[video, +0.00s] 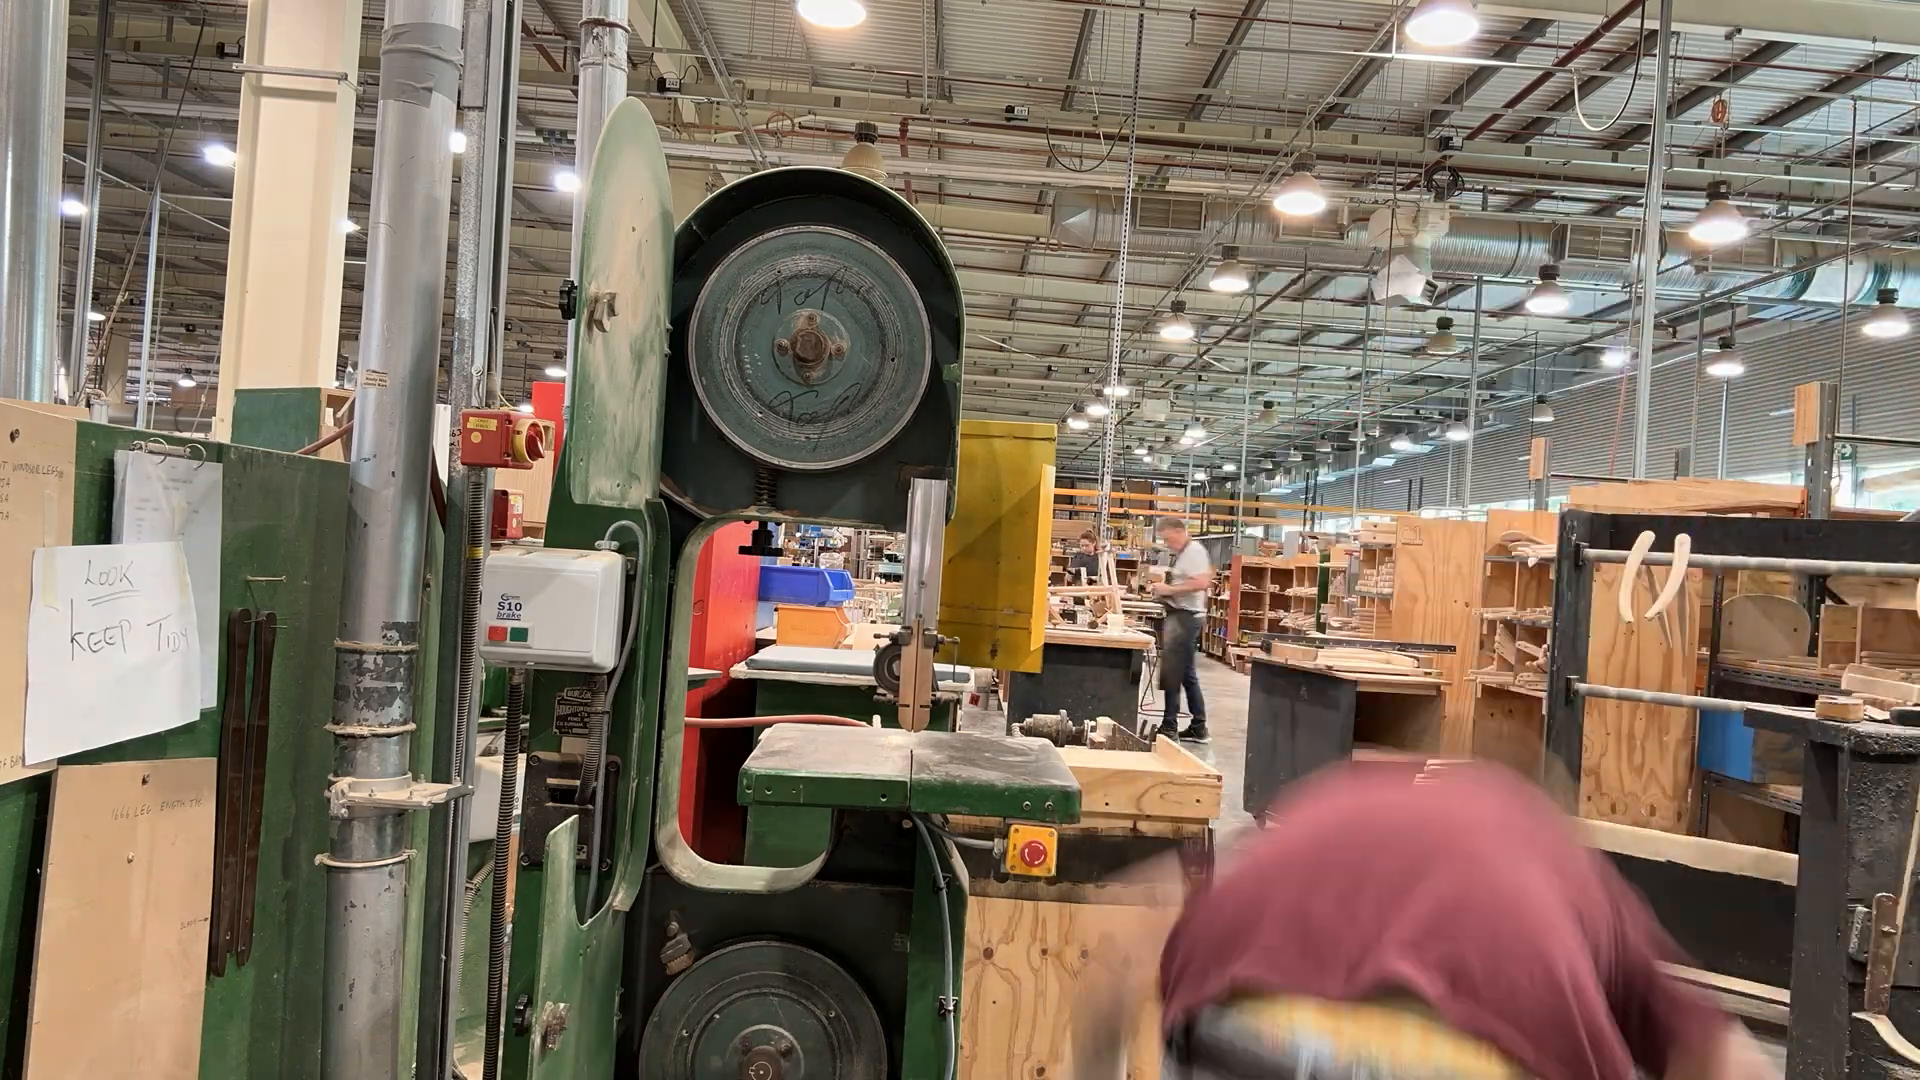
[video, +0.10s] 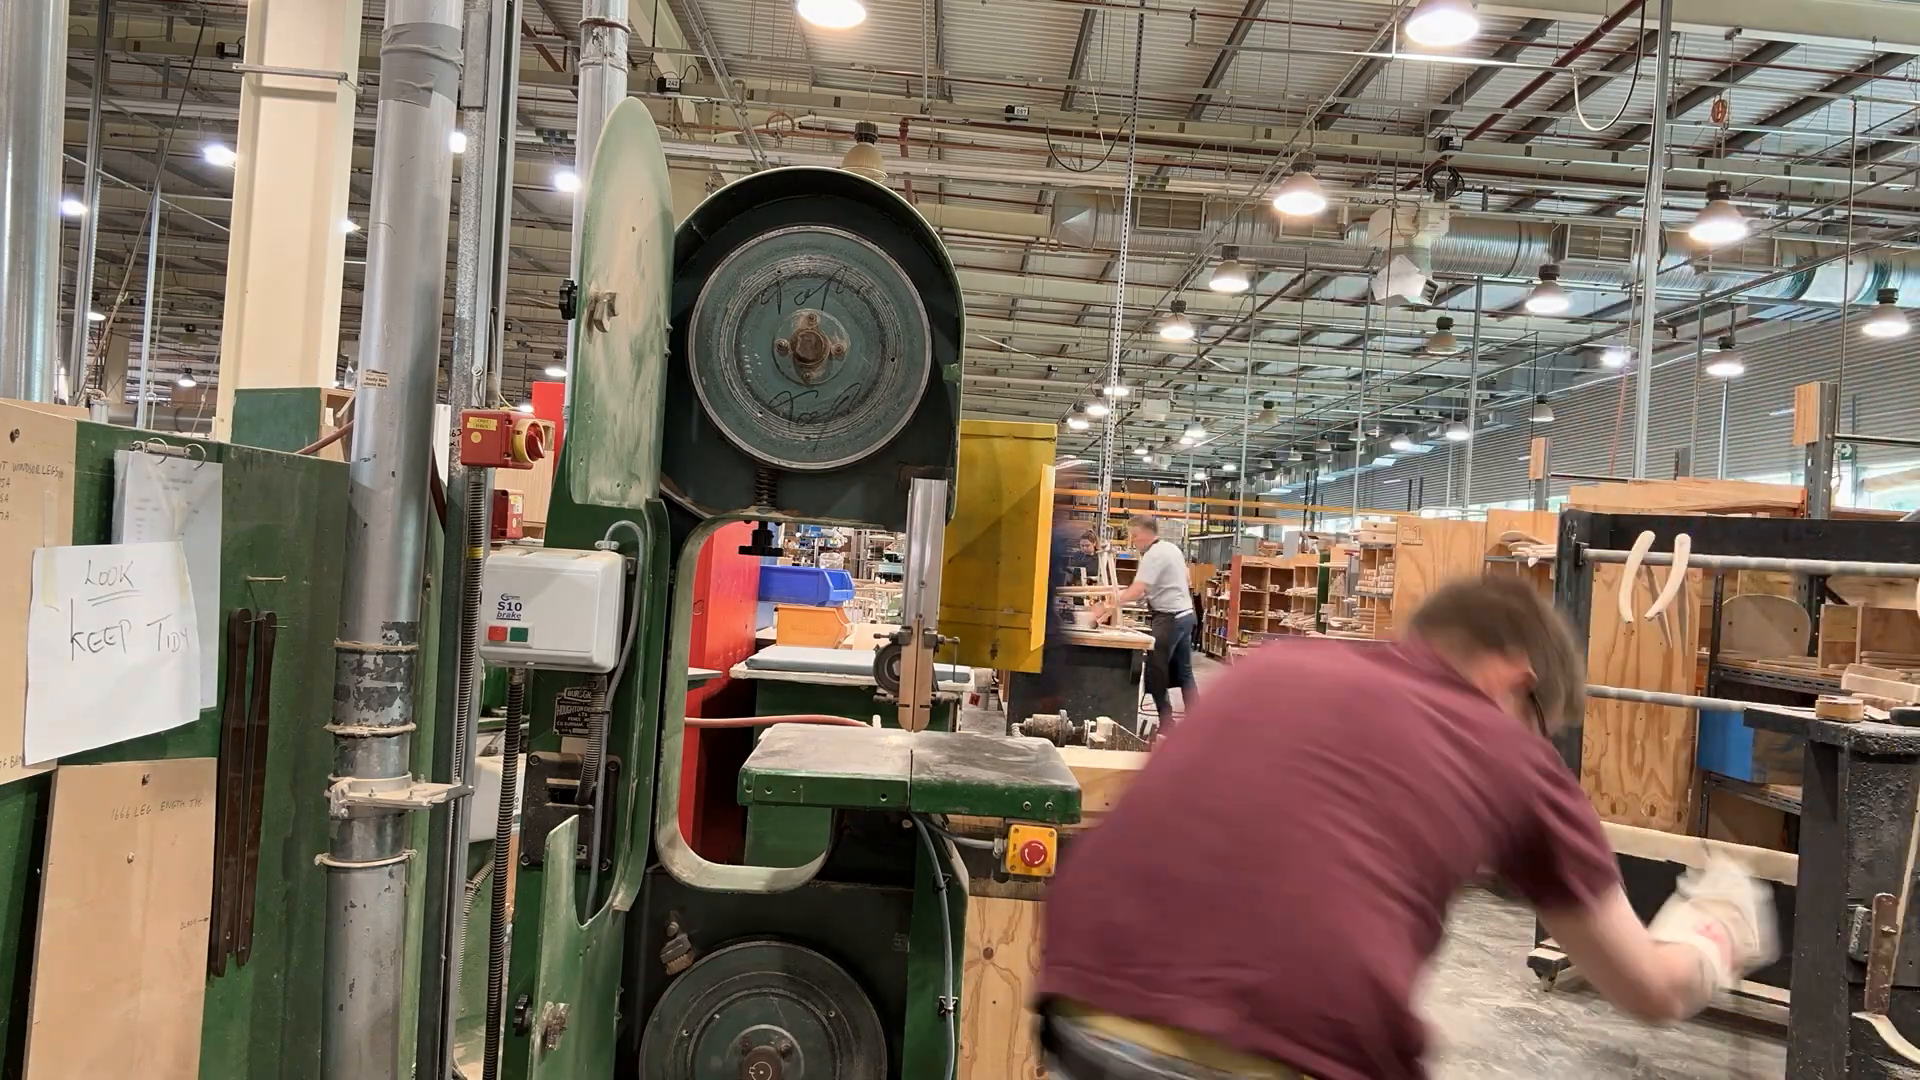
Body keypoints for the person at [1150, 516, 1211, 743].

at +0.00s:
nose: (1167, 544)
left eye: (1168, 539)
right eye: (1165, 540)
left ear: (1180, 533)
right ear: (1175, 535)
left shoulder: (1195, 552)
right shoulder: (1183, 553)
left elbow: (1202, 582)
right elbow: (1186, 582)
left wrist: (1168, 589)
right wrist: (1161, 585)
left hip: (1186, 616)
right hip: (1178, 615)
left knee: (1172, 672)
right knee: (1187, 673)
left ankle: (1168, 724)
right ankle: (1198, 724)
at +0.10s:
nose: (1133, 541)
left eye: (1135, 536)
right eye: (1132, 537)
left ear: (1145, 534)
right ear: (1153, 533)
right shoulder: (1172, 549)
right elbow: (1186, 579)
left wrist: (1105, 607)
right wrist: (1154, 591)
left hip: (1169, 620)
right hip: (1186, 616)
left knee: (1155, 678)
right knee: (1184, 674)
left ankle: (1166, 727)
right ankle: (1195, 722)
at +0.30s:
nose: (1147, 534)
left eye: (1151, 530)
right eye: (1145, 530)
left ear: (1162, 529)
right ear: (1142, 531)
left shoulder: (1168, 552)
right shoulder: (1148, 551)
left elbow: (1176, 585)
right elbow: (1148, 582)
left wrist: (1149, 593)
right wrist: (1134, 591)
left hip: (1163, 611)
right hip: (1148, 609)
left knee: (1157, 664)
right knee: (1151, 664)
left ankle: (1157, 717)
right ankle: (1155, 716)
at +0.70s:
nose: (1140, 542)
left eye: (1143, 537)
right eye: (1139, 537)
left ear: (1155, 534)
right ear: (1145, 536)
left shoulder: (1168, 551)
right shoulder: (1152, 553)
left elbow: (1161, 582)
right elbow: (1145, 580)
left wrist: (1135, 589)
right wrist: (1131, 588)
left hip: (1170, 612)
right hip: (1157, 612)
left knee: (1160, 661)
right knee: (1148, 663)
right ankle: (1146, 713)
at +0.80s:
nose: (1128, 542)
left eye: (1130, 537)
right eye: (1126, 538)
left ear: (1143, 531)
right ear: (1135, 535)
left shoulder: (1158, 550)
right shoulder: (1136, 554)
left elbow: (1158, 582)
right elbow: (1119, 577)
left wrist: (1134, 593)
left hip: (1160, 613)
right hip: (1144, 614)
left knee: (1159, 666)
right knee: (1145, 667)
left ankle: (1177, 719)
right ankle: (1146, 715)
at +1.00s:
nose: (1130, 541)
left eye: (1131, 536)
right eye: (1128, 537)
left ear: (1145, 532)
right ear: (1145, 534)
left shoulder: (1152, 550)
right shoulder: (1152, 550)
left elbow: (1137, 583)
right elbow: (1139, 579)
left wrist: (1117, 583)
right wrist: (1117, 572)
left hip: (1165, 616)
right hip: (1155, 616)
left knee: (1166, 667)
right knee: (1149, 668)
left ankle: (1174, 717)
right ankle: (1144, 713)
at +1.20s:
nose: (1139, 537)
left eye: (1140, 532)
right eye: (1138, 532)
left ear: (1149, 530)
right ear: (1155, 529)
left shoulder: (1164, 551)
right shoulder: (1166, 547)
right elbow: (1167, 585)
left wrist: (1139, 583)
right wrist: (1141, 587)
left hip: (1163, 614)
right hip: (1161, 612)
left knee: (1156, 670)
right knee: (1155, 669)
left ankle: (1164, 723)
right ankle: (1160, 719)